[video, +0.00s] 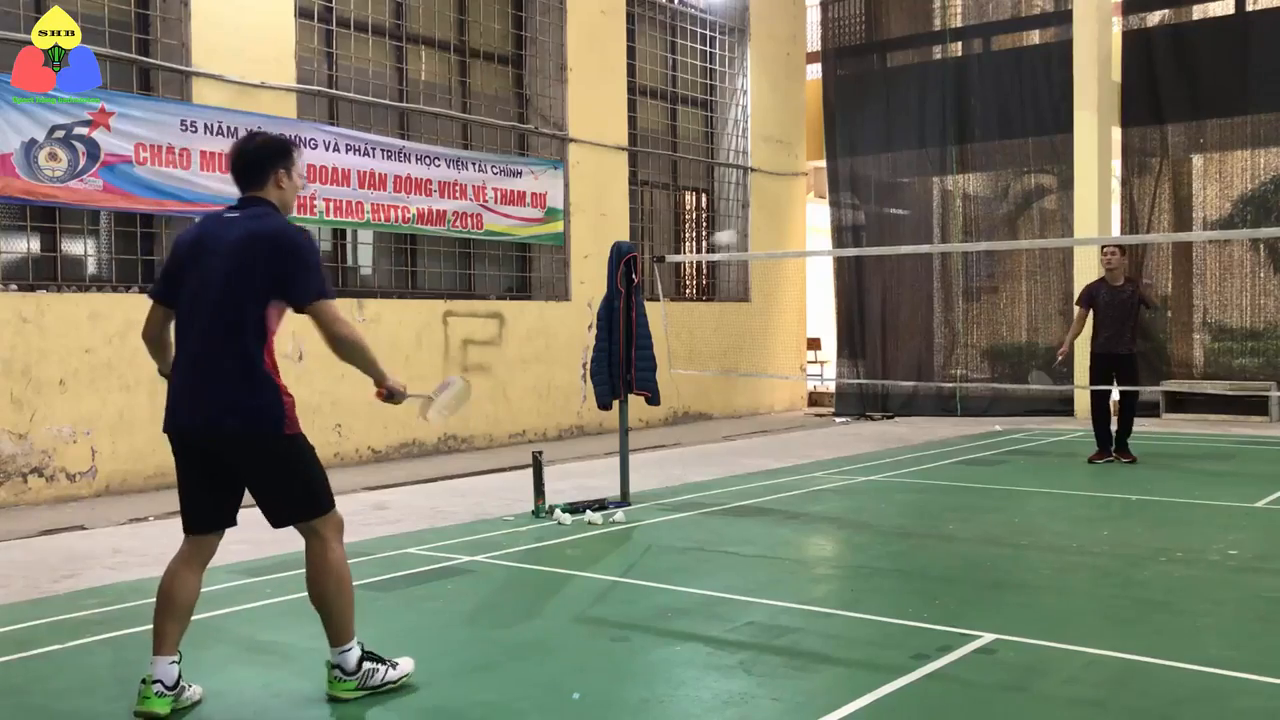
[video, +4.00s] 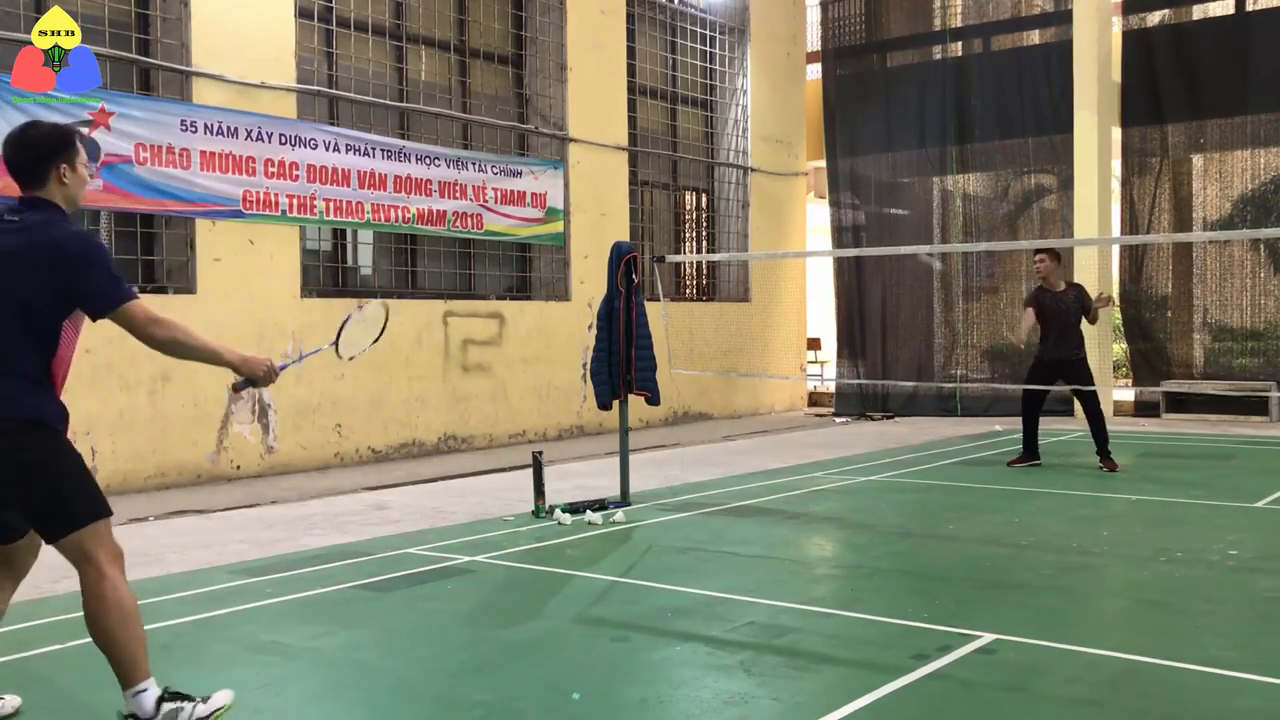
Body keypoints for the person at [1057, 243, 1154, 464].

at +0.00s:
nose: (1107, 257)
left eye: (1113, 254)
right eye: (1104, 254)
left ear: (1124, 259)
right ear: (1101, 259)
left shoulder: (1136, 288)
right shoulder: (1092, 289)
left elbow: (1156, 309)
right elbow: (1079, 320)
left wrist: (1152, 294)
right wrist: (1067, 343)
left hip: (1126, 353)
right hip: (1100, 354)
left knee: (1129, 399)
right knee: (1099, 401)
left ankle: (1122, 447)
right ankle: (1104, 448)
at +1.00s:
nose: (1080, 255)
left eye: (1086, 252)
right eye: (1080, 252)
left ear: (1099, 258)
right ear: (1079, 259)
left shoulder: (1109, 288)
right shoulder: (1069, 282)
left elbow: (1125, 311)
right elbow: (1045, 277)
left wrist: (1131, 296)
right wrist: (1024, 268)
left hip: (1103, 352)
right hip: (1076, 351)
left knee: (1117, 397)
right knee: (1074, 402)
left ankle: (1118, 440)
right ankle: (1078, 452)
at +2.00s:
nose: (1053, 256)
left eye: (1060, 254)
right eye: (1055, 253)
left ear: (1073, 261)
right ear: (1054, 260)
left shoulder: (1081, 291)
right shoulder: (1043, 284)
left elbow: (1098, 321)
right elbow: (1009, 270)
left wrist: (1102, 306)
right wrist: (1010, 246)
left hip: (1077, 356)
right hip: (1050, 355)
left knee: (1097, 405)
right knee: (1035, 403)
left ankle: (1113, 454)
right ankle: (1032, 451)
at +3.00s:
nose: (1050, 260)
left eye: (1055, 256)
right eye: (1049, 256)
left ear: (1070, 262)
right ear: (1048, 262)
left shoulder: (1083, 292)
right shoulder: (1042, 288)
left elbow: (1099, 322)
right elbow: (1010, 289)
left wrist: (1108, 307)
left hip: (1081, 359)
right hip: (1052, 358)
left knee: (1098, 408)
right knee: (1037, 405)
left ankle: (1106, 456)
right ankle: (1032, 452)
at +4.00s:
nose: (1036, 266)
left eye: (1041, 262)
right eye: (1035, 263)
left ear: (1055, 263)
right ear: (1035, 267)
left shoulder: (1077, 290)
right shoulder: (1037, 295)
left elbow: (1092, 319)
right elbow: (1029, 318)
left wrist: (1095, 306)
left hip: (1074, 359)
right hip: (1046, 359)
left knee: (1091, 406)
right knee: (1029, 401)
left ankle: (1105, 455)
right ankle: (1030, 453)